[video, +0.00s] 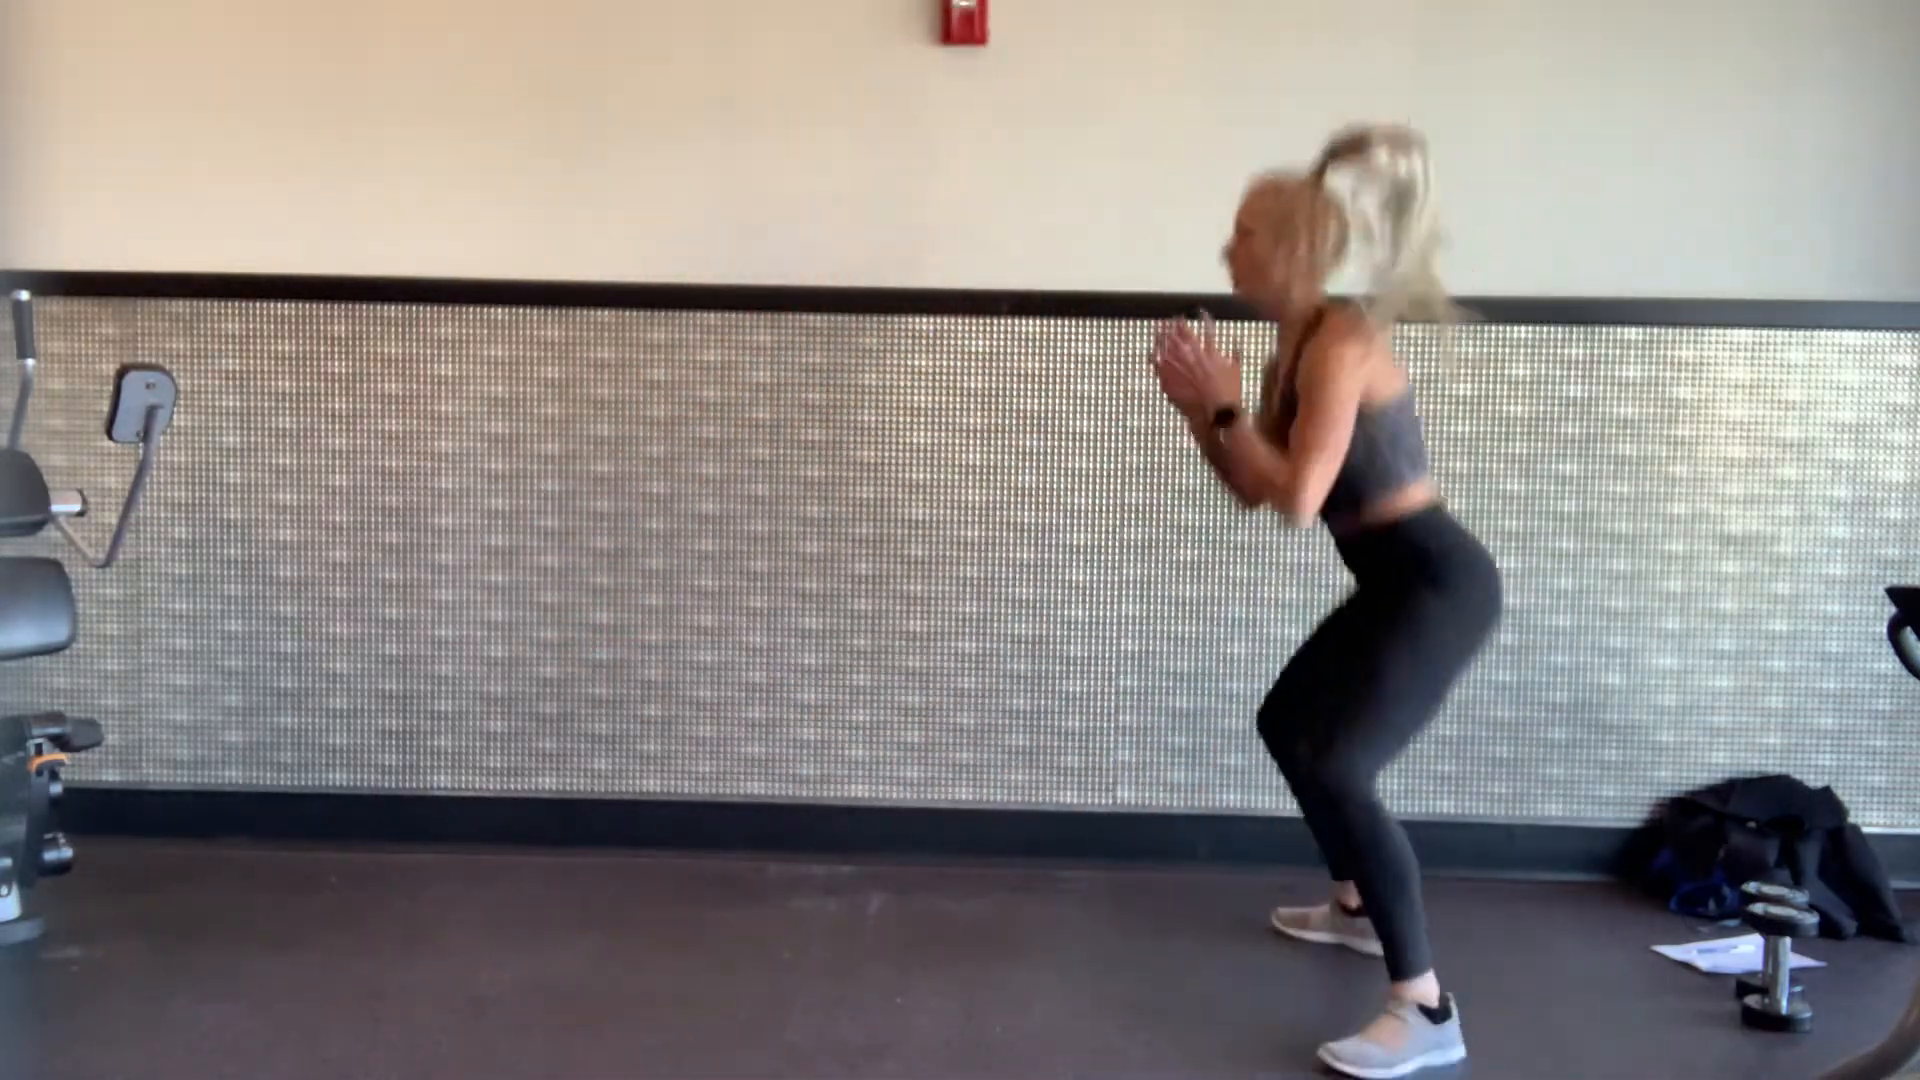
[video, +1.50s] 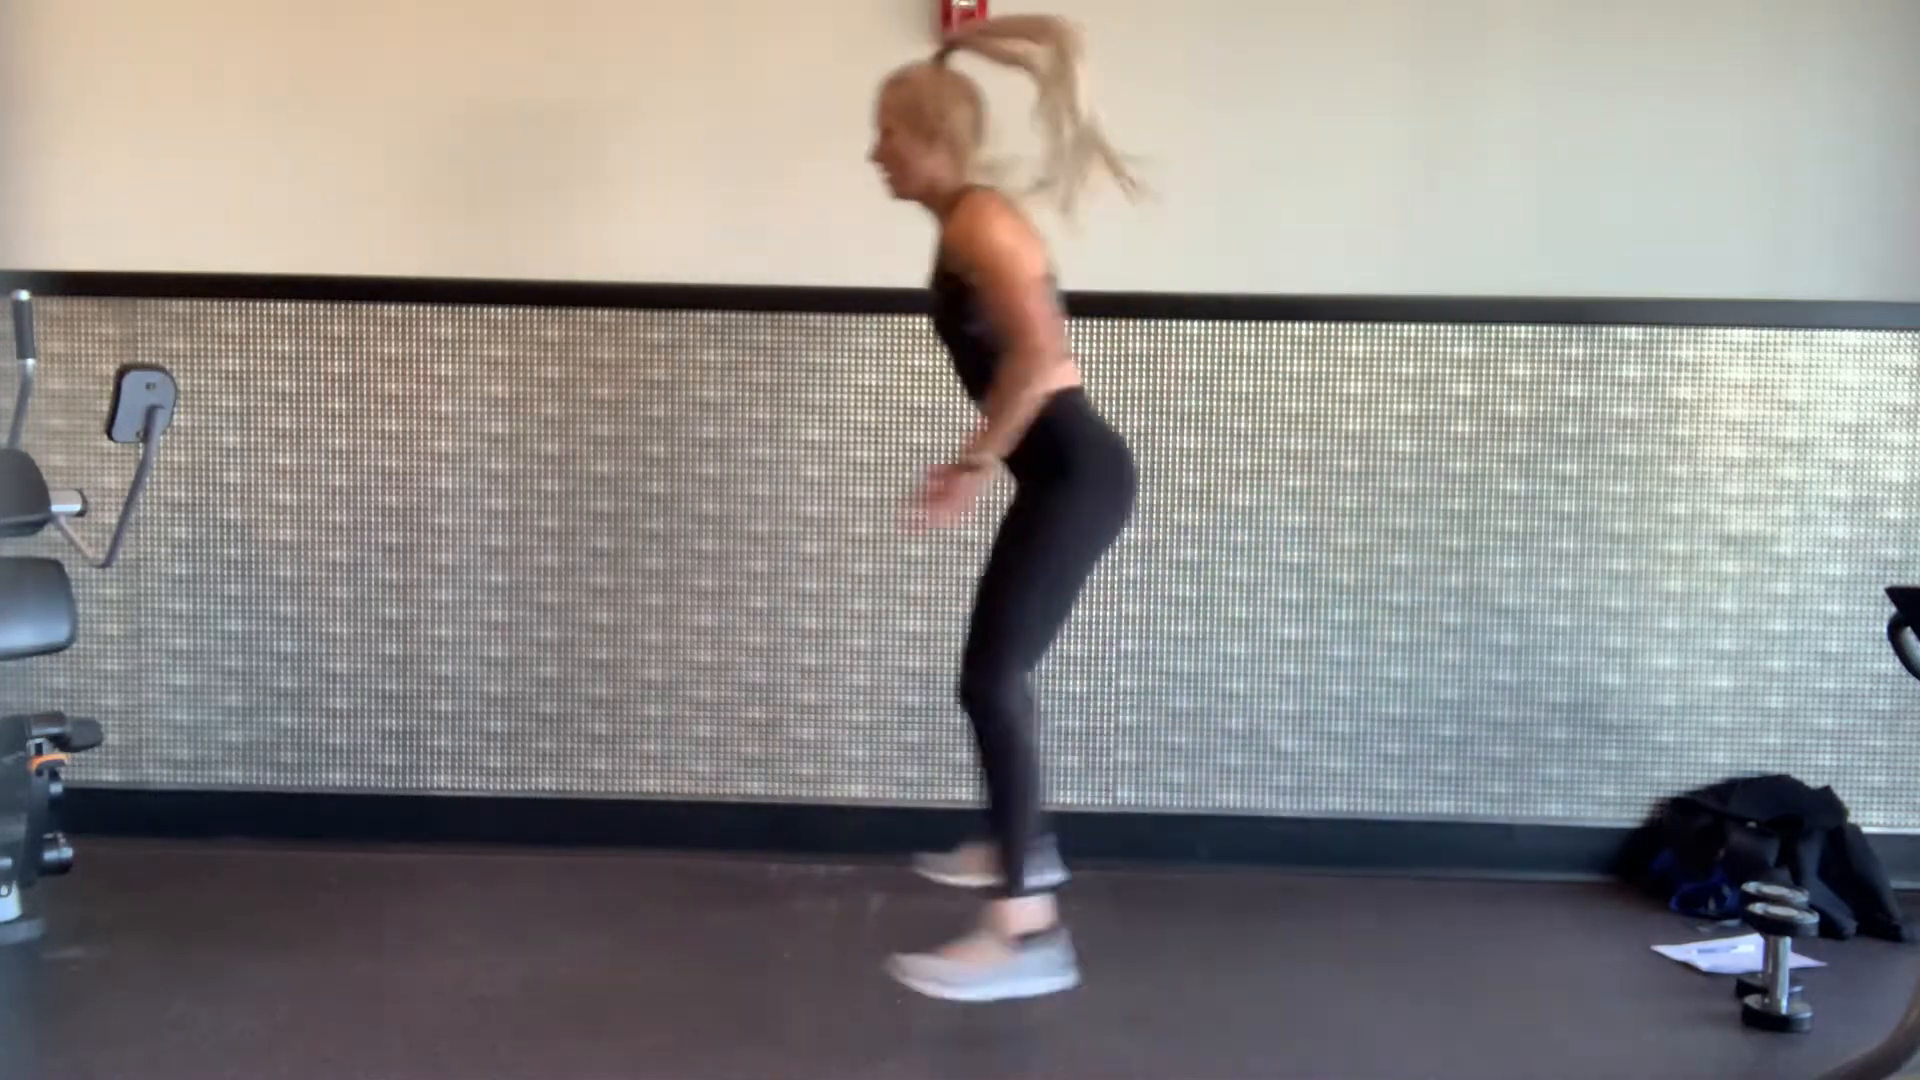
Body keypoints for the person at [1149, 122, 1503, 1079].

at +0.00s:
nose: (1230, 243)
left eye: (1248, 233)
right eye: (1238, 228)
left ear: (1297, 253)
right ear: (1295, 253)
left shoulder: (1340, 340)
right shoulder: (1304, 340)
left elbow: (1296, 493)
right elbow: (1261, 482)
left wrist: (1219, 414)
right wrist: (1208, 411)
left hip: (1439, 585)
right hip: (1396, 582)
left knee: (1339, 766)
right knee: (1288, 722)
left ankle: (1424, 1002)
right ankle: (1362, 904)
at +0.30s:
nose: (1215, 488)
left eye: (1229, 475)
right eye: (1220, 472)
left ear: (1274, 497)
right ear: (1274, 497)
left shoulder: (1331, 563)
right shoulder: (1293, 569)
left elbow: (1250, 710)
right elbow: (1214, 679)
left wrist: (1202, 596)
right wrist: (1200, 588)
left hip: (1512, 750)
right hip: (1455, 731)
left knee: (1335, 781)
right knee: (1289, 734)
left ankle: (1422, 1010)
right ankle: (1357, 909)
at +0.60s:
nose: (1216, 418)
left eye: (1230, 405)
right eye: (1219, 403)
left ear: (1282, 420)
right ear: (1284, 423)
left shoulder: (1326, 503)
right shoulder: (1289, 500)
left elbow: (1223, 630)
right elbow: (1195, 602)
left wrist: (1184, 521)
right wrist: (1175, 513)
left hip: (1501, 692)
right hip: (1440, 675)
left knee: (1332, 776)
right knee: (1288, 724)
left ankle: (1422, 1008)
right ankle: (1359, 908)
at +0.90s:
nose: (1168, 408)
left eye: (1181, 394)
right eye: (1171, 392)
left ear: (1230, 407)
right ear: (1232, 409)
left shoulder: (1277, 488)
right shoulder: (1242, 485)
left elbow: (1148, 593)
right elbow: (1142, 566)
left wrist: (1063, 509)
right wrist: (1062, 508)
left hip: (1469, 669)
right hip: (1412, 658)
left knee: (1321, 782)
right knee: (1274, 727)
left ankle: (1419, 1007)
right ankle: (1357, 906)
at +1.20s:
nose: (1058, 323)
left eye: (1072, 307)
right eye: (1061, 306)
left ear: (1118, 319)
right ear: (1121, 320)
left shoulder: (1172, 403)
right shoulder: (1147, 401)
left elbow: (1283, 500)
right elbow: (1245, 502)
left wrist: (1317, 640)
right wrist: (1249, 605)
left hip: (1321, 607)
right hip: (1282, 603)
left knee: (1248, 817)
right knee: (1213, 756)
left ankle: (1411, 1005)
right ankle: (1347, 902)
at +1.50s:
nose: (876, 155)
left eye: (888, 139)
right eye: (877, 139)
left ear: (936, 145)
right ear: (937, 143)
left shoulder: (985, 226)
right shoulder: (962, 227)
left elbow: (1046, 362)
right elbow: (1033, 361)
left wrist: (972, 467)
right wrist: (986, 455)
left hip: (1077, 471)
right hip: (1055, 471)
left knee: (994, 679)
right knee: (992, 670)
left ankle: (1026, 918)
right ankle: (1011, 845)